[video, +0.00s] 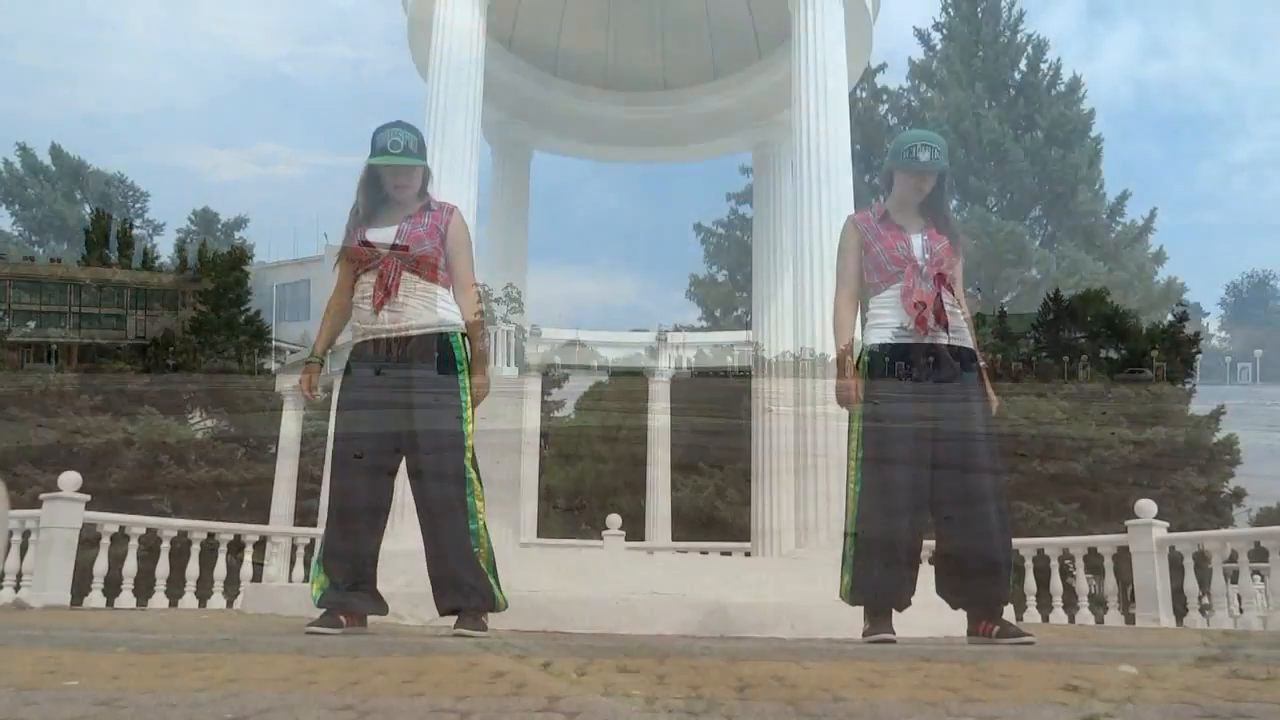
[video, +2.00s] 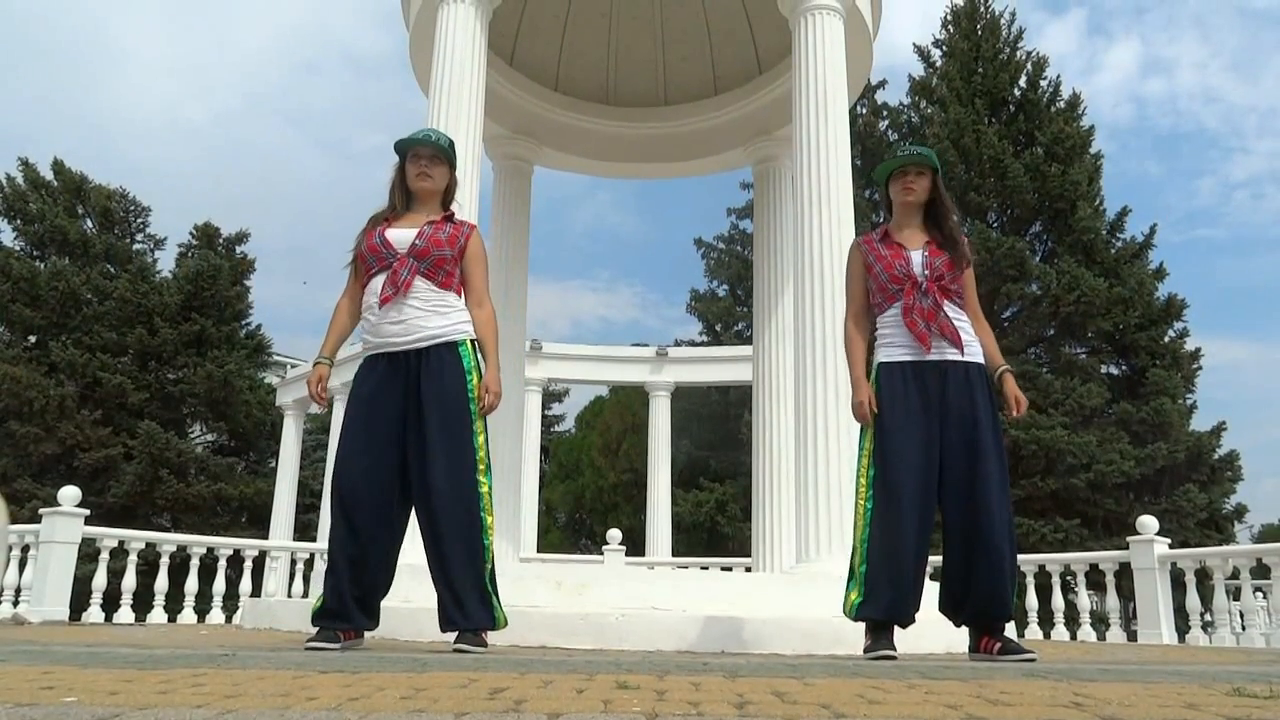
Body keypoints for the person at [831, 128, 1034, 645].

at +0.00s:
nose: (920, 179)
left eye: (930, 172)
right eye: (912, 168)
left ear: (939, 179)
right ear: (893, 168)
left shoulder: (947, 237)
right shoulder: (861, 227)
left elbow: (960, 311)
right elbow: (848, 297)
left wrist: (981, 376)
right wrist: (845, 362)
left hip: (954, 366)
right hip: (892, 366)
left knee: (973, 480)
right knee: (892, 483)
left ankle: (984, 615)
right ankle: (879, 613)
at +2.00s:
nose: (909, 180)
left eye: (919, 173)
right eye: (901, 174)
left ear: (934, 186)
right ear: (887, 186)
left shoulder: (955, 246)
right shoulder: (867, 248)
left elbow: (975, 316)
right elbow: (857, 321)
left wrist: (1003, 373)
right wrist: (859, 382)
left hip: (964, 379)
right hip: (901, 380)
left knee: (980, 498)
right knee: (899, 500)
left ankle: (986, 633)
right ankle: (880, 628)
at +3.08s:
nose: (921, 148)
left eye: (930, 143)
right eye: (911, 144)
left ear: (948, 162)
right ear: (895, 163)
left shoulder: (969, 213)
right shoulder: (883, 211)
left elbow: (1014, 276)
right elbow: (876, 278)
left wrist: (1021, 237)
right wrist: (926, 222)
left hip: (958, 363)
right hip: (905, 359)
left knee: (963, 481)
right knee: (927, 475)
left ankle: (935, 610)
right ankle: (931, 613)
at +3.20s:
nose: (924, 143)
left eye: (933, 138)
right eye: (913, 139)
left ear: (948, 156)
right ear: (897, 159)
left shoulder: (972, 213)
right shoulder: (885, 215)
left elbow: (1013, 262)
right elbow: (830, 271)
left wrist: (1057, 227)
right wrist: (840, 203)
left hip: (957, 370)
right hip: (902, 366)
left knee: (933, 484)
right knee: (927, 483)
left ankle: (889, 592)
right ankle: (925, 629)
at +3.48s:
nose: (948, 152)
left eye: (956, 147)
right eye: (936, 146)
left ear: (965, 165)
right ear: (917, 160)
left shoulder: (962, 225)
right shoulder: (906, 202)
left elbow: (999, 298)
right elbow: (917, 272)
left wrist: (1019, 253)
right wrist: (984, 221)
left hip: (925, 368)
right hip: (890, 362)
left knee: (921, 487)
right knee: (926, 484)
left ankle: (889, 618)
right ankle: (919, 627)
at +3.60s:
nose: (945, 172)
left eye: (954, 166)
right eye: (934, 164)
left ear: (962, 180)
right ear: (914, 176)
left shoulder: (956, 248)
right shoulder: (898, 219)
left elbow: (987, 315)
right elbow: (882, 281)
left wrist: (1019, 281)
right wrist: (937, 217)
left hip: (920, 381)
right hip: (886, 371)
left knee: (897, 498)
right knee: (936, 479)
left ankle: (884, 632)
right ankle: (921, 630)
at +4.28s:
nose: (921, 243)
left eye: (929, 240)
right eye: (913, 237)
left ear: (938, 258)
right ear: (896, 247)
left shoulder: (926, 314)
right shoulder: (876, 278)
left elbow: (930, 388)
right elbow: (825, 331)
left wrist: (970, 365)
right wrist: (874, 287)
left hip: (910, 422)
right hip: (875, 410)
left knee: (945, 520)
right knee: (929, 501)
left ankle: (886, 639)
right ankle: (920, 638)